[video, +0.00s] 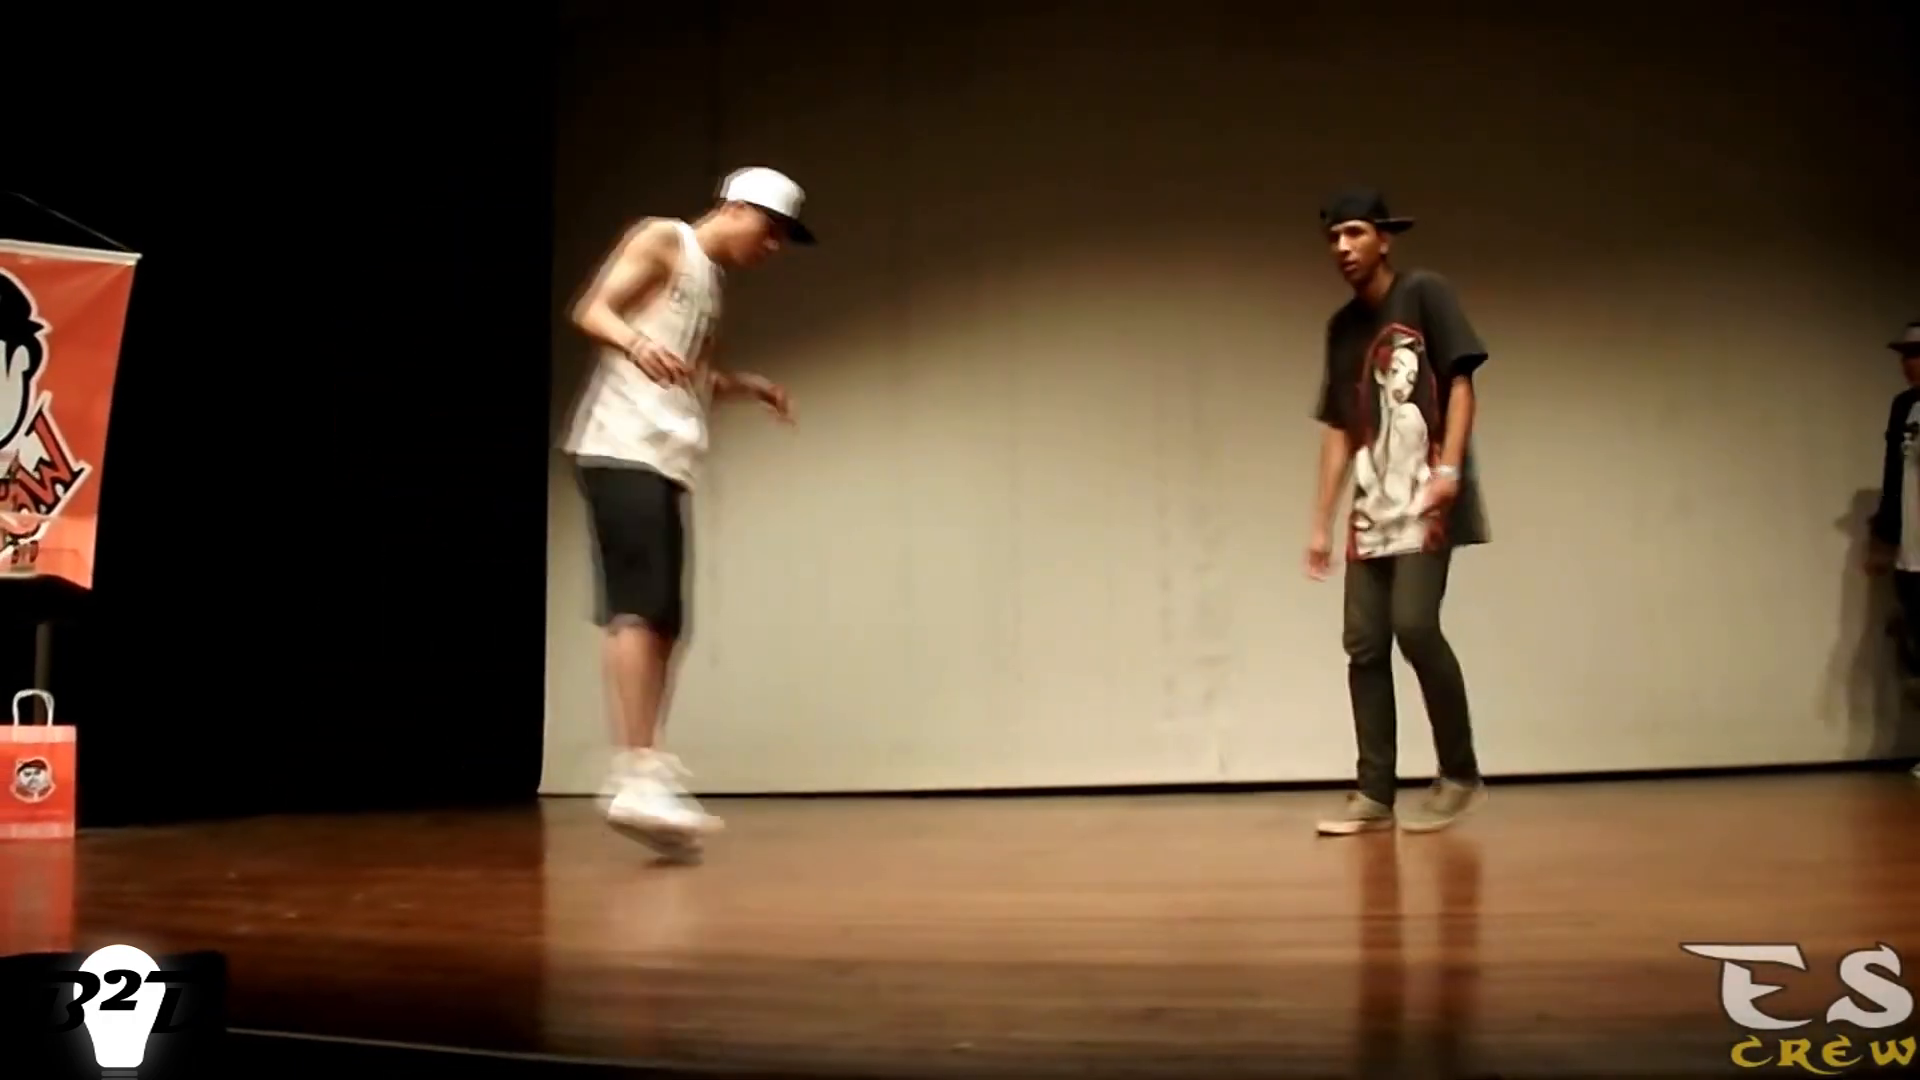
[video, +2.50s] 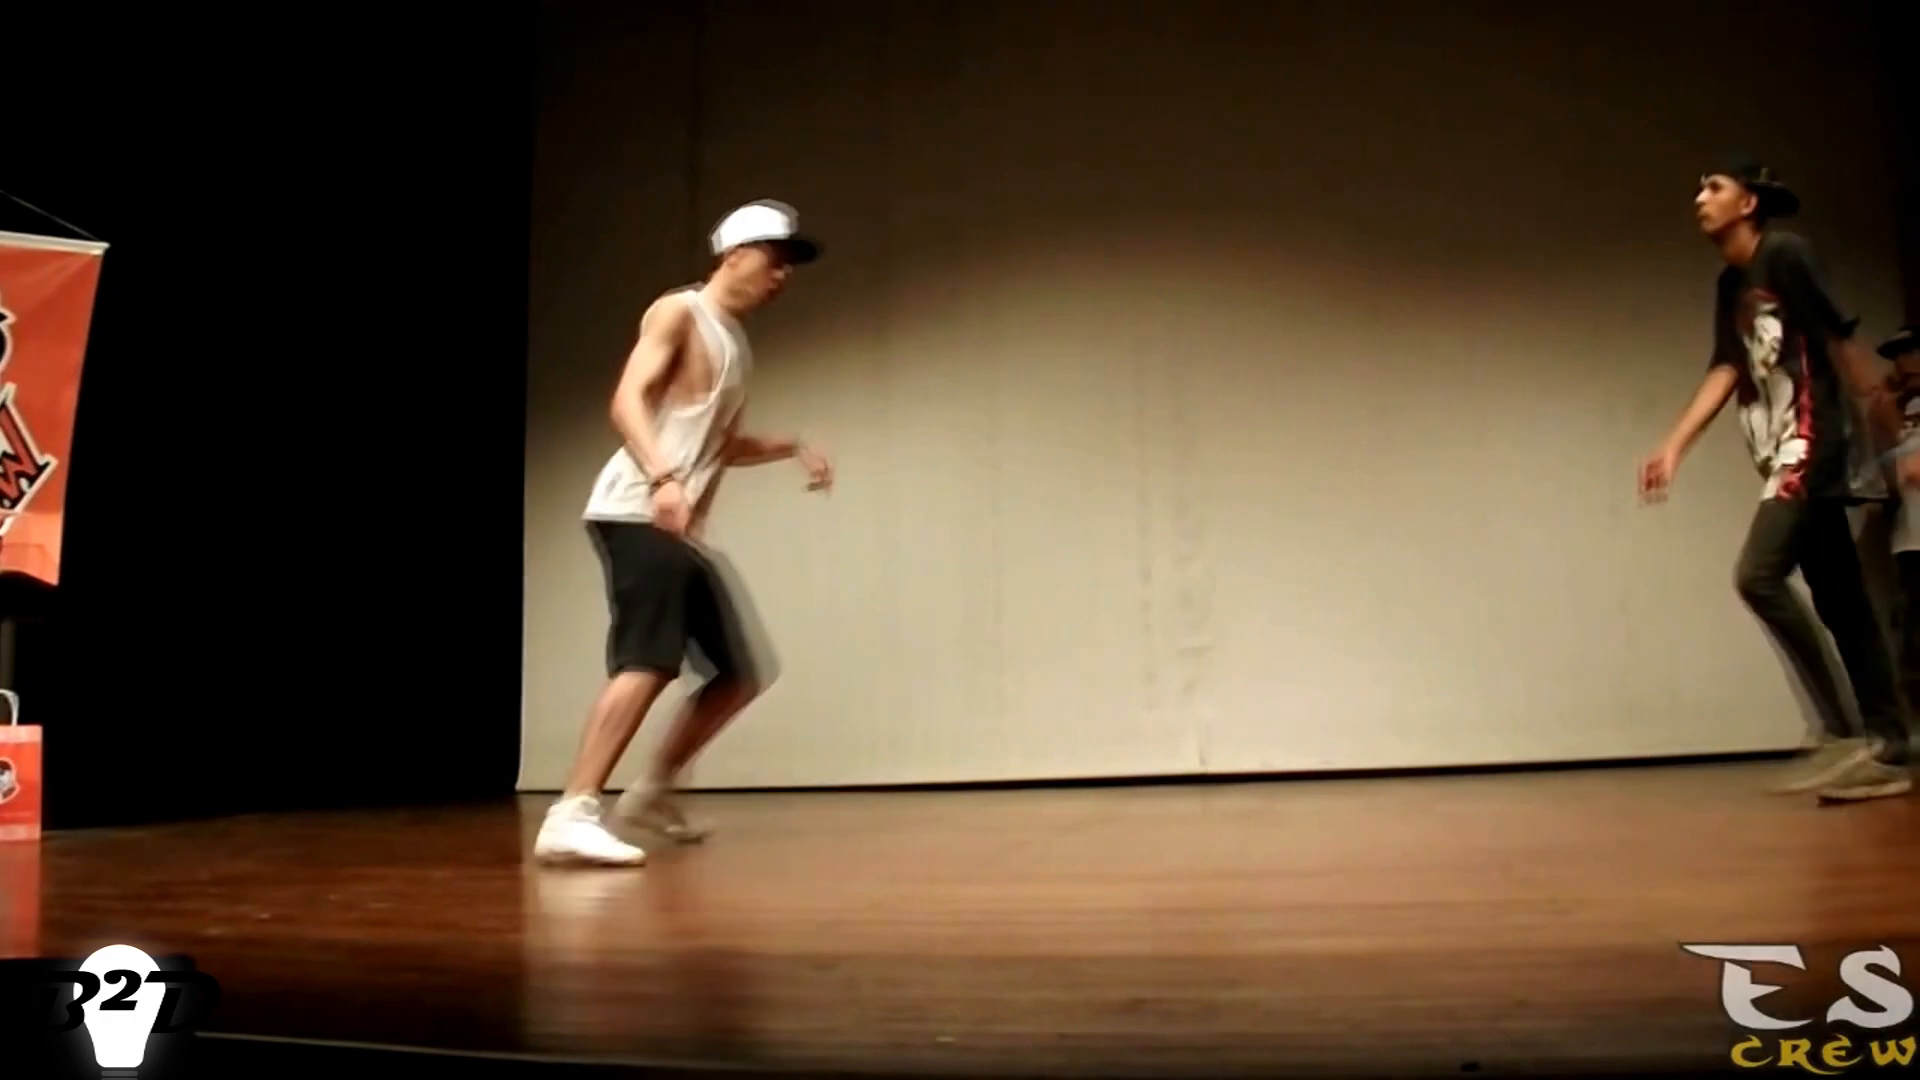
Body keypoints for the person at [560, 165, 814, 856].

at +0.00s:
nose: (771, 250)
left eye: (780, 241)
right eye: (771, 233)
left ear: (753, 225)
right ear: (738, 207)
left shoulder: (705, 280)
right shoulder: (661, 239)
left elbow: (684, 374)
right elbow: (591, 309)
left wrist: (748, 387)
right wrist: (638, 345)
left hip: (662, 460)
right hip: (623, 451)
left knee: (663, 620)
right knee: (640, 612)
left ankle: (647, 772)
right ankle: (633, 775)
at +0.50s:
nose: (689, 267)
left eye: (693, 257)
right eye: (683, 251)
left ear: (675, 258)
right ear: (647, 242)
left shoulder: (646, 319)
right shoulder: (590, 286)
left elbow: (633, 397)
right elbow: (525, 346)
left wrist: (682, 398)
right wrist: (563, 380)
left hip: (604, 490)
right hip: (556, 482)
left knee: (583, 635)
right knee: (545, 626)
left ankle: (544, 766)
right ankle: (497, 760)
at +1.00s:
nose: (700, 275)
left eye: (700, 265)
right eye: (690, 264)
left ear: (681, 273)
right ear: (658, 267)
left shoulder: (670, 348)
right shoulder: (613, 320)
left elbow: (664, 408)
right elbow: (560, 385)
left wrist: (709, 417)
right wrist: (587, 427)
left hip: (647, 506)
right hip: (608, 505)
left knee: (638, 638)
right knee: (613, 634)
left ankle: (610, 757)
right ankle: (577, 756)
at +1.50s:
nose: (752, 294)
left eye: (754, 285)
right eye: (741, 283)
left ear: (743, 294)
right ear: (709, 287)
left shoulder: (719, 366)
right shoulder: (667, 340)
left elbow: (717, 436)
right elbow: (609, 402)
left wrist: (769, 436)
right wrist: (646, 427)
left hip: (698, 522)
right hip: (663, 521)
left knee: (680, 649)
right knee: (702, 638)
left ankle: (653, 768)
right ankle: (698, 767)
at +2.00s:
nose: (822, 282)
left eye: (826, 270)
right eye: (812, 266)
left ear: (804, 274)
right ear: (777, 262)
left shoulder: (780, 348)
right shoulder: (720, 317)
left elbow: (768, 433)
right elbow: (691, 393)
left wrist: (832, 442)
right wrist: (779, 383)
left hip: (769, 533)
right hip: (706, 533)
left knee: (806, 655)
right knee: (713, 671)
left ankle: (854, 785)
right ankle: (703, 787)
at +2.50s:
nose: (782, 277)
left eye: (787, 266)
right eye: (772, 260)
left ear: (772, 272)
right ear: (732, 255)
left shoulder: (735, 346)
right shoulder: (677, 312)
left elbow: (719, 445)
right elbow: (627, 402)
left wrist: (792, 448)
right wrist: (663, 476)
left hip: (679, 530)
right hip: (632, 515)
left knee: (742, 673)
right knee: (649, 661)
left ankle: (650, 801)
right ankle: (571, 815)